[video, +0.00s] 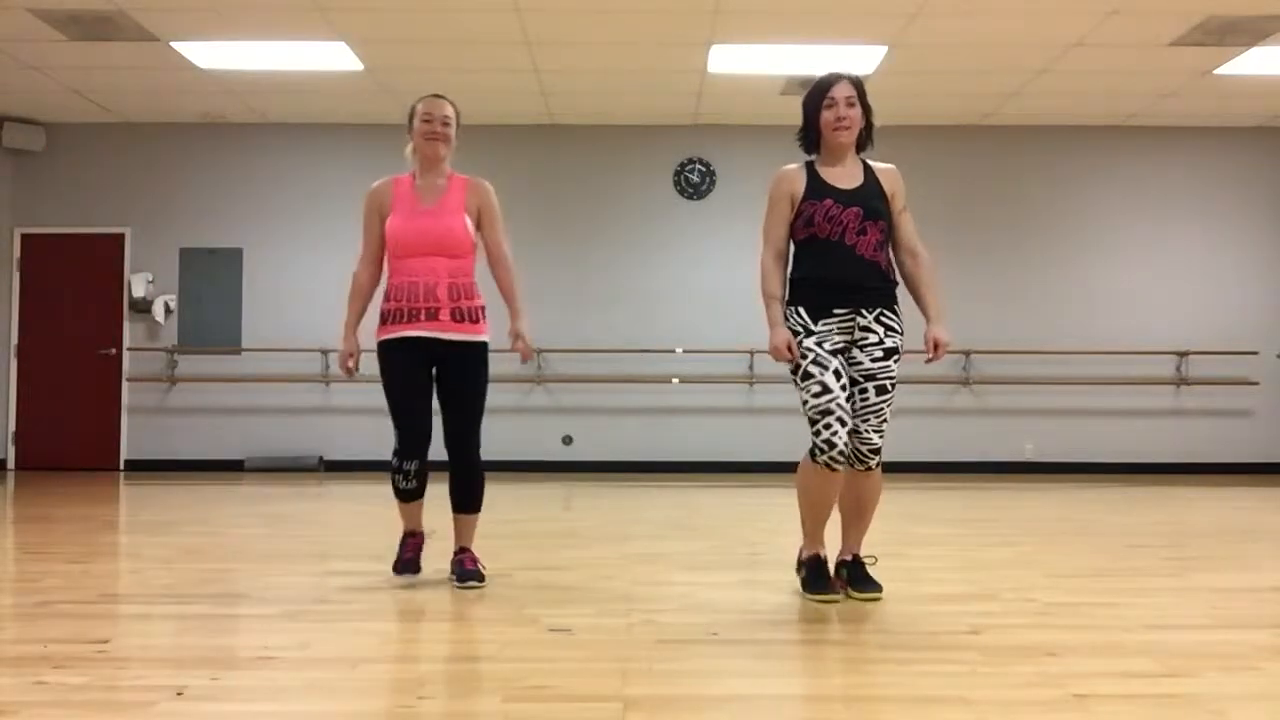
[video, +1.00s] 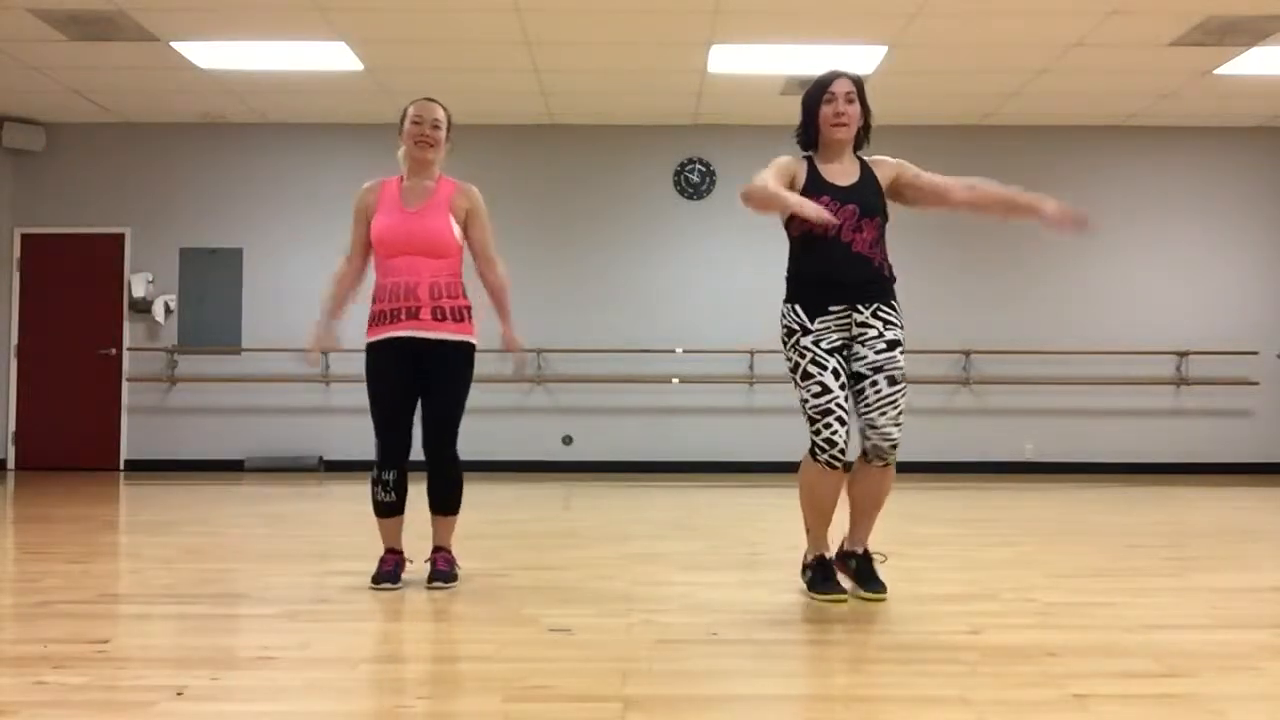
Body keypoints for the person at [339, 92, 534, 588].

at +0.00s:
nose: (436, 127)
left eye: (445, 121)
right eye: (427, 119)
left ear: (456, 135)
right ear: (409, 131)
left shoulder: (476, 192)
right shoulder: (384, 194)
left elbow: (499, 257)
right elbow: (369, 267)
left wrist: (517, 319)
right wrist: (350, 330)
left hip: (463, 334)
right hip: (401, 334)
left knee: (463, 443)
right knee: (412, 439)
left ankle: (465, 550)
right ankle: (410, 536)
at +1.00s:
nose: (425, 130)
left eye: (435, 124)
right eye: (417, 122)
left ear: (447, 138)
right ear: (400, 134)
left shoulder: (464, 196)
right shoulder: (372, 196)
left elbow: (489, 267)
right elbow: (354, 264)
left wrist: (507, 326)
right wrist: (327, 319)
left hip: (449, 339)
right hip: (389, 339)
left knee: (440, 446)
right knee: (391, 448)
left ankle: (443, 552)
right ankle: (391, 552)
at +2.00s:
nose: (419, 127)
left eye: (429, 122)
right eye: (410, 121)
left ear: (441, 137)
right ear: (396, 134)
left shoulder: (459, 185)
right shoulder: (372, 183)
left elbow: (530, 178)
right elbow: (300, 180)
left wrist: (574, 161)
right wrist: (233, 166)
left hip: (441, 333)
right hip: (384, 331)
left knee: (429, 439)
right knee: (390, 444)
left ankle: (435, 548)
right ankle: (396, 553)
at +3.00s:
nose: (413, 130)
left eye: (422, 124)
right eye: (404, 123)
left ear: (437, 138)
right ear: (391, 134)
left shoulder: (456, 188)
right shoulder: (370, 188)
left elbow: (530, 187)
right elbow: (298, 185)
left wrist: (595, 186)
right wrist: (326, 163)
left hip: (441, 335)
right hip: (383, 333)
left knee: (427, 444)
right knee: (390, 447)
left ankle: (429, 547)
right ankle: (396, 552)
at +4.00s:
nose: (413, 133)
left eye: (422, 127)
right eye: (404, 126)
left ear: (437, 140)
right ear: (391, 138)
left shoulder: (461, 189)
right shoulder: (374, 193)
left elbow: (535, 193)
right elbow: (303, 208)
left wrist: (602, 198)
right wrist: (325, 179)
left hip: (443, 336)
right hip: (385, 333)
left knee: (428, 447)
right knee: (393, 446)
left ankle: (430, 552)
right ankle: (399, 551)